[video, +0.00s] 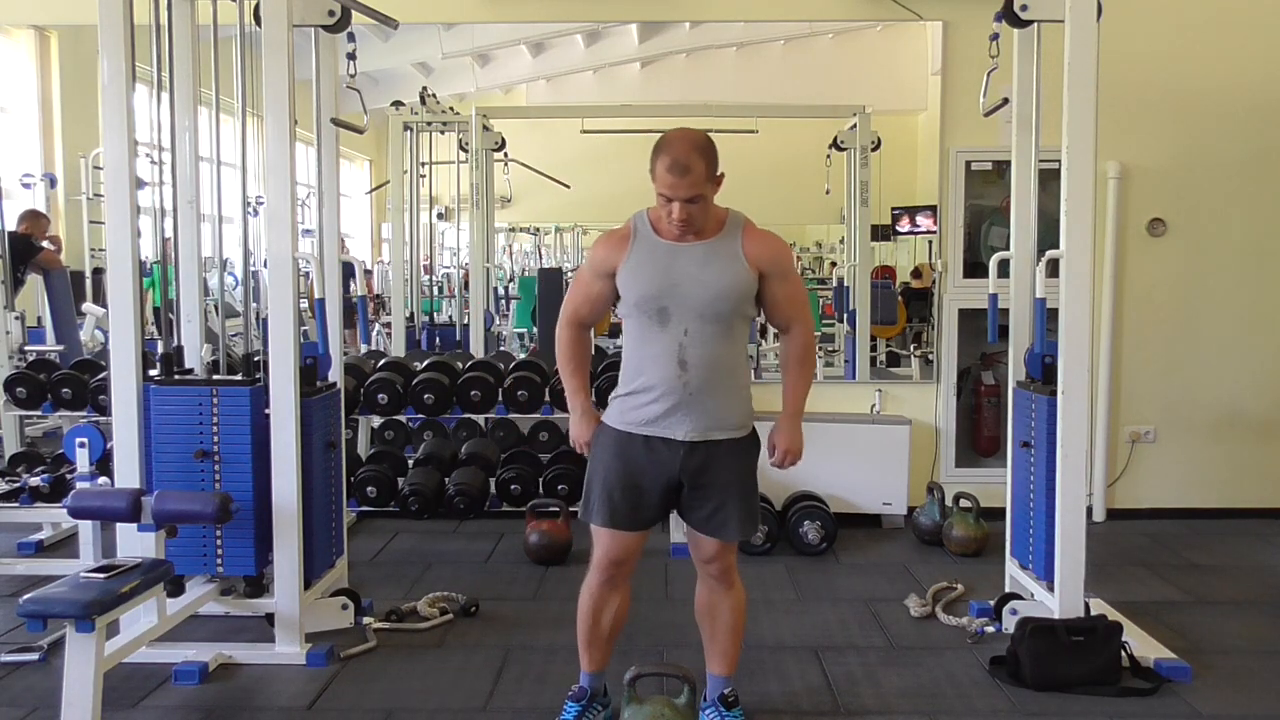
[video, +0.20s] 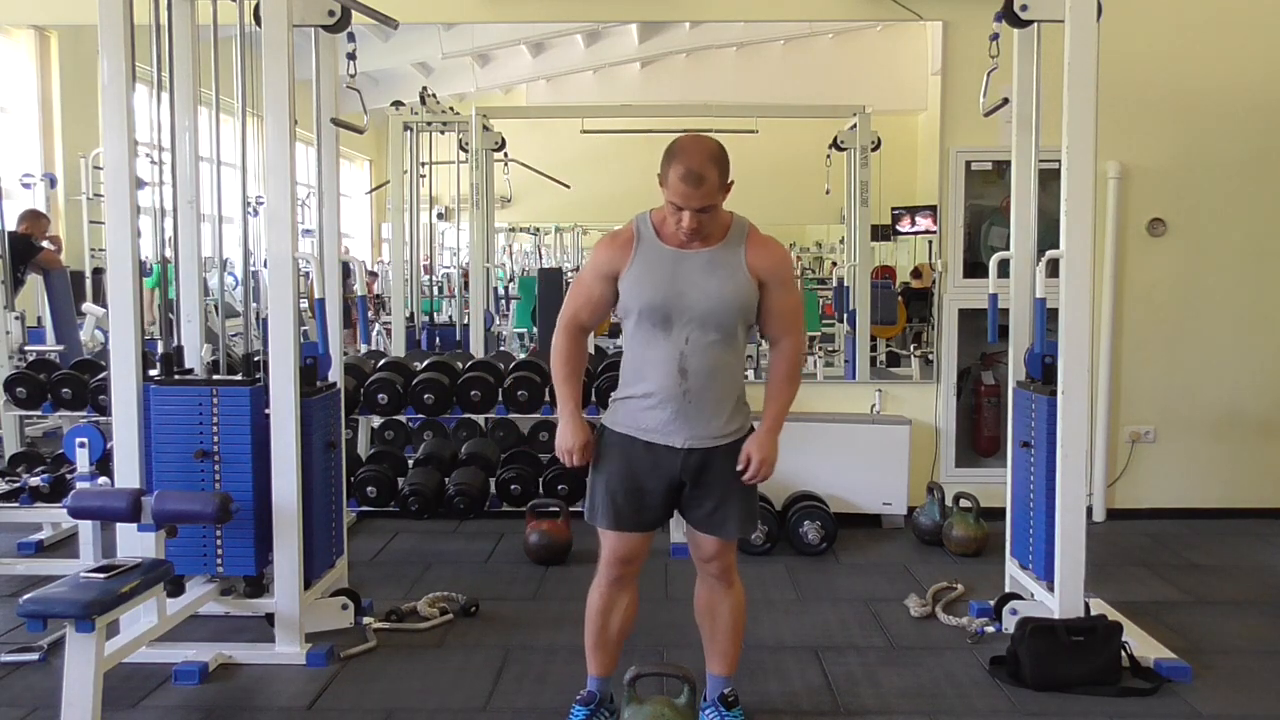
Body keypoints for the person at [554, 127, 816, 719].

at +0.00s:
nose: (677, 212)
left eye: (691, 199)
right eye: (665, 199)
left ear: (718, 183)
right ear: (651, 183)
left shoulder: (759, 249)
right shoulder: (620, 246)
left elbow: (797, 331)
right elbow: (572, 323)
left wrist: (791, 419)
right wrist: (580, 410)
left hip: (722, 443)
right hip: (632, 438)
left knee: (718, 565)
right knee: (608, 567)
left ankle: (719, 698)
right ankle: (589, 690)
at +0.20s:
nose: (689, 221)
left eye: (704, 209)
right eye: (677, 207)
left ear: (728, 191)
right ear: (660, 187)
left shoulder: (763, 256)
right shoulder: (620, 250)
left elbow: (788, 342)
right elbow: (571, 328)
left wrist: (769, 428)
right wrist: (569, 414)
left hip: (720, 446)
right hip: (632, 441)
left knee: (718, 566)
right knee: (616, 566)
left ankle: (719, 698)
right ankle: (596, 695)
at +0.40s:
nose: (680, 262)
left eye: (695, 248)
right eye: (668, 247)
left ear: (719, 227)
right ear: (648, 224)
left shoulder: (749, 273)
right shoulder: (604, 271)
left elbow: (761, 365)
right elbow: (564, 364)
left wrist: (731, 448)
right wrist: (580, 456)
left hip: (711, 438)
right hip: (624, 436)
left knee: (715, 560)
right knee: (610, 561)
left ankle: (718, 699)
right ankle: (593, 696)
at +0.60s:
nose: (674, 364)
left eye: (687, 353)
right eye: (663, 353)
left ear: (708, 320)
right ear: (637, 321)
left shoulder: (741, 320)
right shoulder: (597, 348)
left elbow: (750, 395)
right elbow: (579, 460)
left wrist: (714, 459)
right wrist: (607, 557)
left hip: (703, 449)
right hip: (623, 448)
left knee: (714, 562)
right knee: (597, 564)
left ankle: (719, 697)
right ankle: (593, 696)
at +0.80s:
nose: (680, 431)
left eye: (692, 420)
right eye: (669, 421)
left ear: (714, 380)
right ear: (639, 388)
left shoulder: (748, 360)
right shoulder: (604, 411)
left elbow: (751, 407)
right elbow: (601, 535)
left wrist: (711, 463)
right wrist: (625, 623)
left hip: (701, 456)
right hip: (618, 457)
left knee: (714, 562)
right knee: (594, 570)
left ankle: (719, 697)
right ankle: (593, 694)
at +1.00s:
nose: (689, 454)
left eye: (701, 445)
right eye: (678, 445)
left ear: (725, 399)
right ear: (650, 413)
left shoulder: (753, 372)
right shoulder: (615, 437)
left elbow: (759, 411)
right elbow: (608, 551)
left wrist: (716, 463)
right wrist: (630, 643)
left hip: (710, 459)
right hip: (617, 461)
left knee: (716, 563)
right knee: (597, 569)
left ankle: (719, 697)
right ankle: (591, 695)